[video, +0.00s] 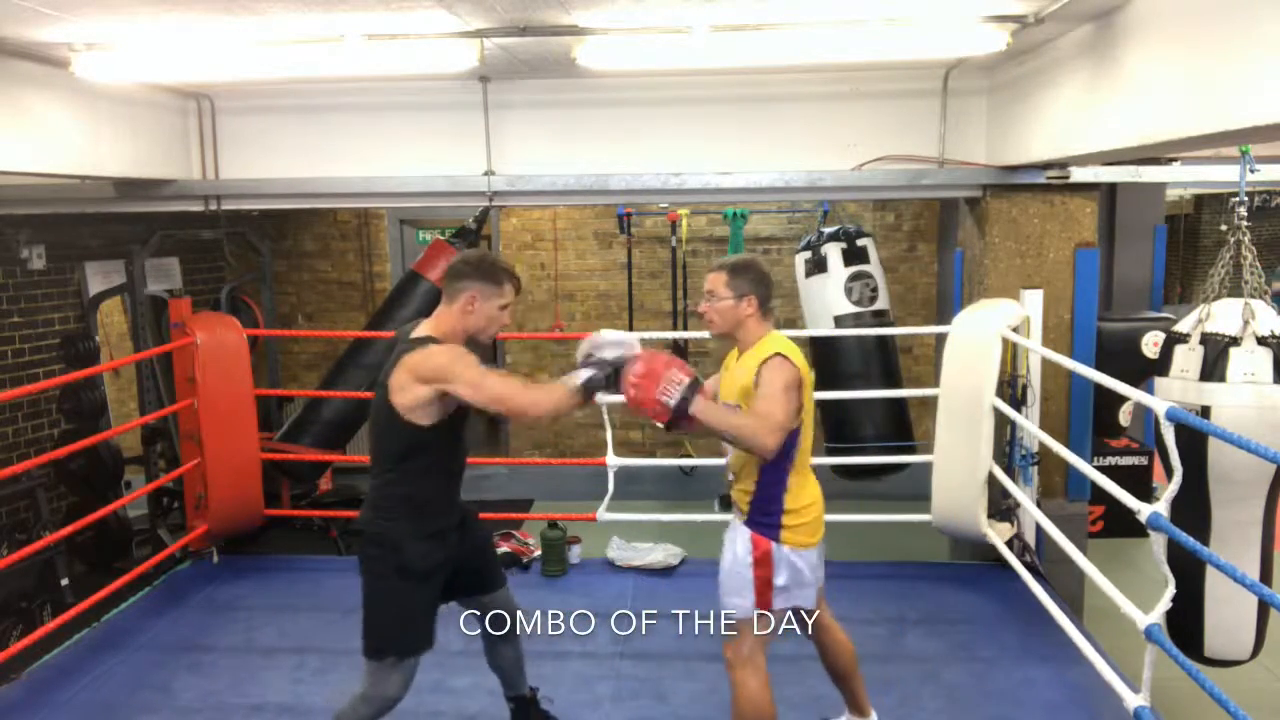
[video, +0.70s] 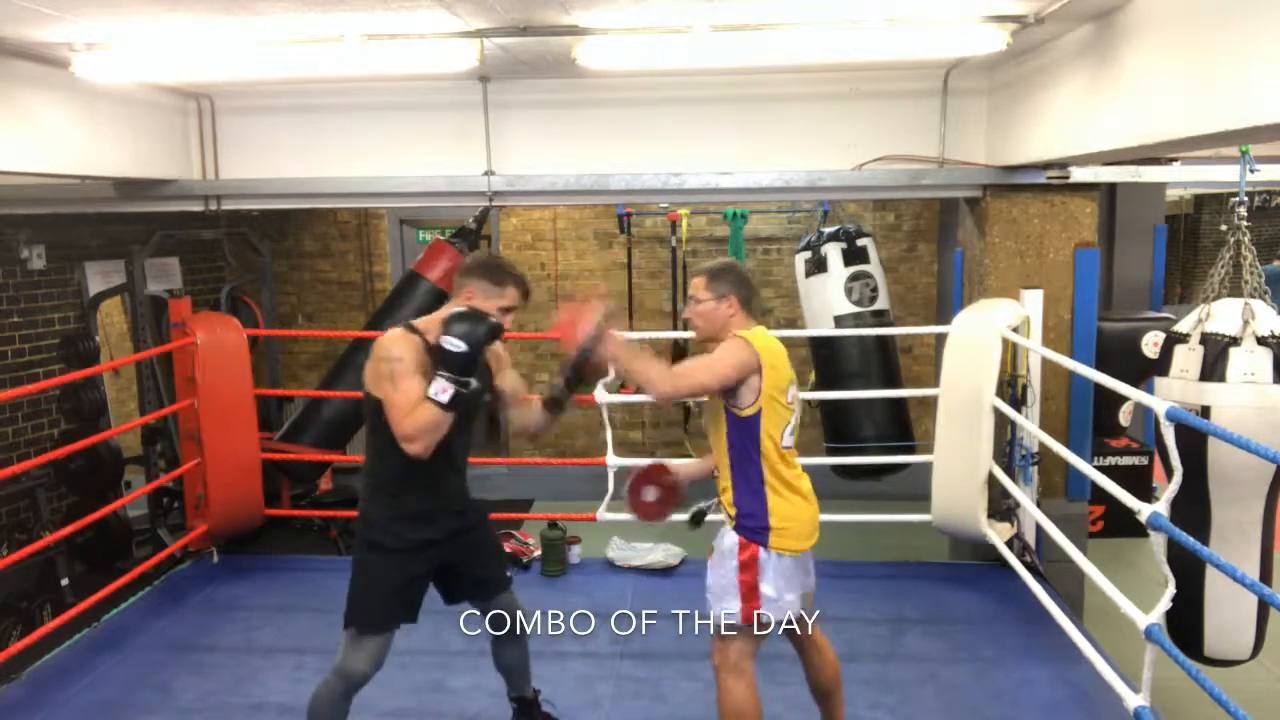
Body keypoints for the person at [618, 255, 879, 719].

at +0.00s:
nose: (701, 308)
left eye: (712, 298)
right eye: (703, 297)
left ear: (748, 304)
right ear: (745, 305)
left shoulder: (777, 363)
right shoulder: (740, 356)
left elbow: (767, 437)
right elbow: (709, 410)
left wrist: (692, 402)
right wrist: (662, 395)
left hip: (770, 530)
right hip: (784, 524)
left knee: (743, 656)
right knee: (816, 618)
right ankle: (862, 712)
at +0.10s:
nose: (695, 306)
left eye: (705, 297)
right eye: (696, 296)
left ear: (740, 303)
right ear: (744, 304)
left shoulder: (749, 359)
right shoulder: (783, 347)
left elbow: (704, 421)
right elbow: (743, 415)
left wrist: (625, 390)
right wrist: (676, 421)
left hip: (757, 525)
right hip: (798, 512)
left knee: (735, 652)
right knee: (811, 612)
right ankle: (854, 712)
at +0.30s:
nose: (671, 318)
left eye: (679, 308)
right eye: (672, 308)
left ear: (712, 312)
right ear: (716, 313)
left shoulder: (734, 362)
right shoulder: (756, 350)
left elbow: (685, 427)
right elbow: (748, 422)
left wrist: (621, 389)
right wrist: (692, 442)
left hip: (759, 537)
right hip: (797, 523)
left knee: (727, 657)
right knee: (807, 611)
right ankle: (860, 706)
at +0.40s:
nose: (669, 321)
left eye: (677, 310)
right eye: (671, 310)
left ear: (710, 313)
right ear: (706, 315)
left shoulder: (754, 355)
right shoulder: (705, 372)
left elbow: (718, 404)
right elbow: (655, 426)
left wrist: (662, 366)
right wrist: (581, 427)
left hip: (770, 534)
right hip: (766, 528)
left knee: (737, 664)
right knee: (807, 620)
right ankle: (863, 709)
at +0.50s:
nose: (673, 322)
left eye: (682, 310)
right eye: (671, 314)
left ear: (713, 311)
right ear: (709, 315)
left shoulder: (763, 346)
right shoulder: (695, 381)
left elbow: (722, 368)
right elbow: (639, 428)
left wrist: (656, 309)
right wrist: (560, 435)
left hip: (770, 534)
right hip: (760, 532)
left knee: (737, 665)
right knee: (811, 634)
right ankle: (852, 716)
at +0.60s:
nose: (680, 317)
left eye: (687, 306)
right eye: (679, 308)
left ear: (717, 308)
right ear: (717, 310)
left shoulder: (755, 343)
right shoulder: (721, 362)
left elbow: (700, 355)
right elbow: (700, 443)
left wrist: (652, 284)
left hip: (760, 531)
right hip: (771, 525)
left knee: (736, 665)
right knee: (804, 639)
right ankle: (831, 716)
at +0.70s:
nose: (687, 312)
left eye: (696, 302)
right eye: (689, 302)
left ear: (730, 305)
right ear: (732, 306)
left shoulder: (743, 349)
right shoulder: (767, 346)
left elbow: (667, 384)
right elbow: (751, 445)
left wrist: (610, 342)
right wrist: (683, 472)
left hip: (758, 529)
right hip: (791, 521)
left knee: (732, 661)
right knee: (804, 630)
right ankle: (836, 715)